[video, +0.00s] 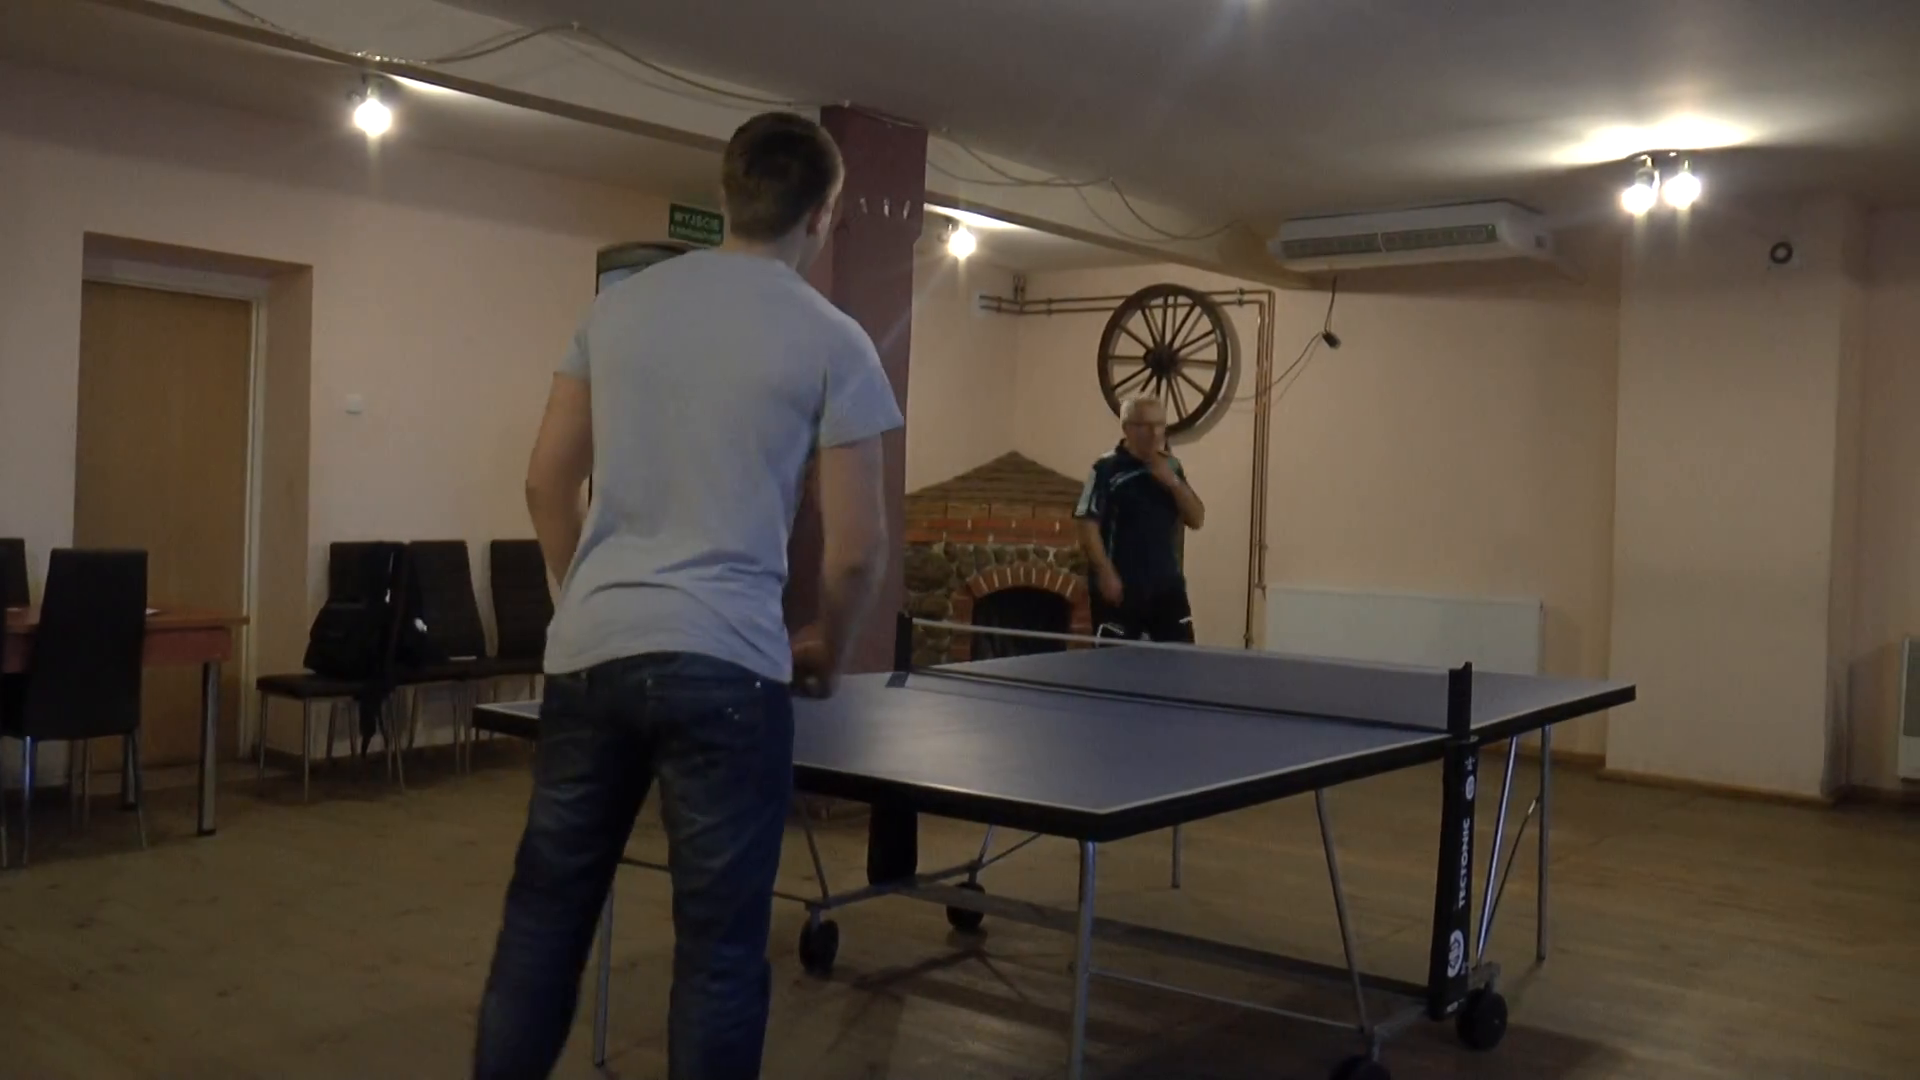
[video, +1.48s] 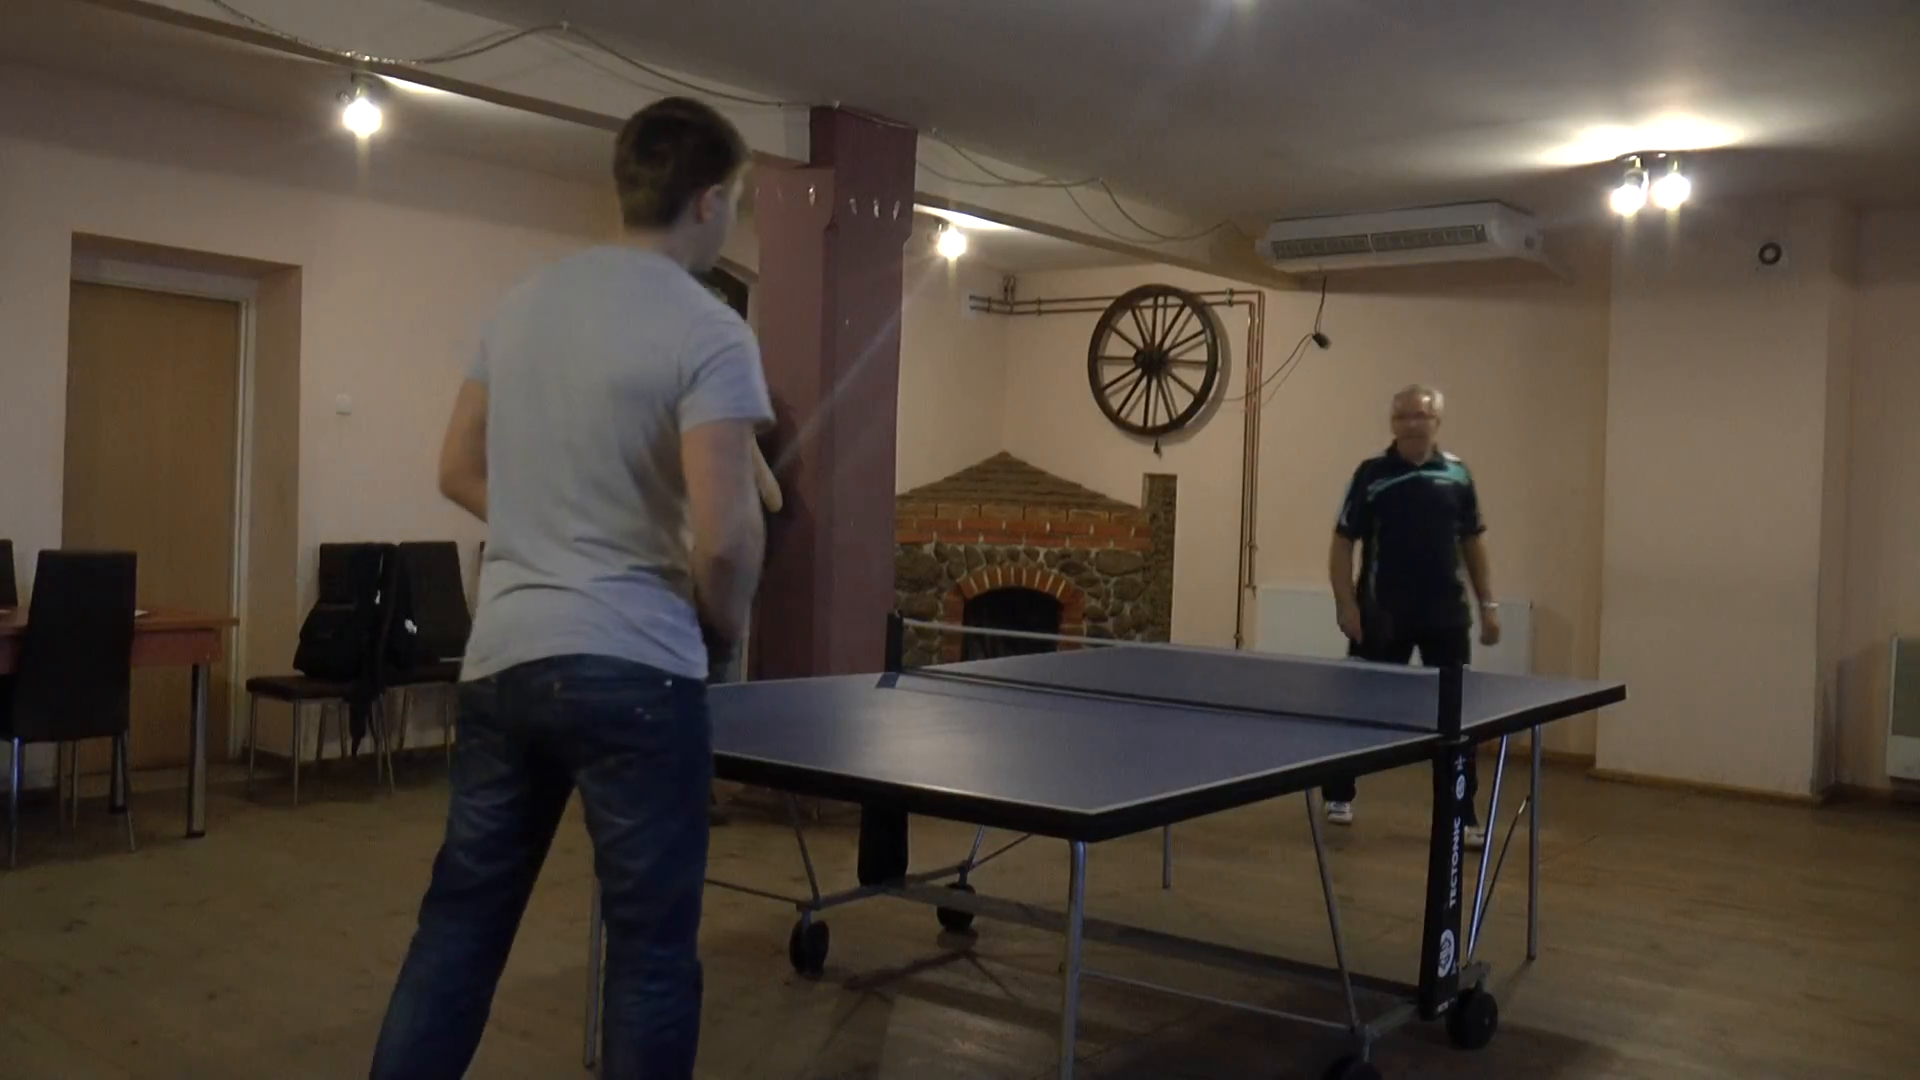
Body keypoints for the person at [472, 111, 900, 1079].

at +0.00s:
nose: (835, 228)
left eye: (838, 213)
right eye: (837, 213)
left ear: (725, 203)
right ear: (822, 215)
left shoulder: (618, 304)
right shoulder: (832, 339)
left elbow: (550, 476)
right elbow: (853, 552)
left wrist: (581, 598)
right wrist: (827, 642)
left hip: (589, 647)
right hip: (727, 656)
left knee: (547, 908)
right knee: (721, 940)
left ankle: (504, 1067)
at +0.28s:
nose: (755, 229)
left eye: (754, 212)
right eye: (754, 213)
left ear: (647, 209)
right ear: (734, 219)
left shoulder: (540, 320)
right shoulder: (740, 334)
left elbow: (477, 491)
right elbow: (754, 534)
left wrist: (551, 573)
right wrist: (724, 633)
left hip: (511, 660)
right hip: (646, 665)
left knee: (466, 927)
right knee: (687, 955)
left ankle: (406, 1072)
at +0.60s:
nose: (609, 231)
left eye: (607, 213)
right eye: (607, 213)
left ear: (503, 213)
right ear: (586, 214)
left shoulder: (408, 326)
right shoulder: (597, 326)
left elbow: (338, 497)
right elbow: (610, 525)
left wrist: (437, 559)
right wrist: (607, 635)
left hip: (397, 666)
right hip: (525, 672)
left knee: (396, 951)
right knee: (611, 963)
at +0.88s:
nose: (576, 223)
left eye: (575, 206)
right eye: (576, 205)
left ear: (466, 206)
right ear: (554, 205)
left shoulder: (372, 329)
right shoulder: (562, 316)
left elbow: (307, 494)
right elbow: (588, 516)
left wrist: (410, 548)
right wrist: (585, 621)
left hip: (376, 668)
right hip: (509, 666)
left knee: (385, 948)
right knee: (602, 947)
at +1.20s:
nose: (648, 214)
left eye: (647, 195)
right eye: (646, 195)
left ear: (539, 195)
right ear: (621, 201)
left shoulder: (444, 317)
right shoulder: (629, 325)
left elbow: (379, 482)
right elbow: (645, 533)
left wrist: (476, 542)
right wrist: (652, 628)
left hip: (434, 656)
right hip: (566, 661)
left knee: (414, 940)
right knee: (615, 951)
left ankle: (374, 1077)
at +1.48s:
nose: (735, 215)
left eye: (737, 198)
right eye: (734, 197)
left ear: (623, 191)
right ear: (707, 200)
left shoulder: (522, 306)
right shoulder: (707, 328)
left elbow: (459, 470)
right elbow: (725, 538)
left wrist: (556, 531)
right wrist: (724, 629)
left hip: (504, 650)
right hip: (633, 659)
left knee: (458, 922)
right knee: (650, 945)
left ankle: (402, 1073)